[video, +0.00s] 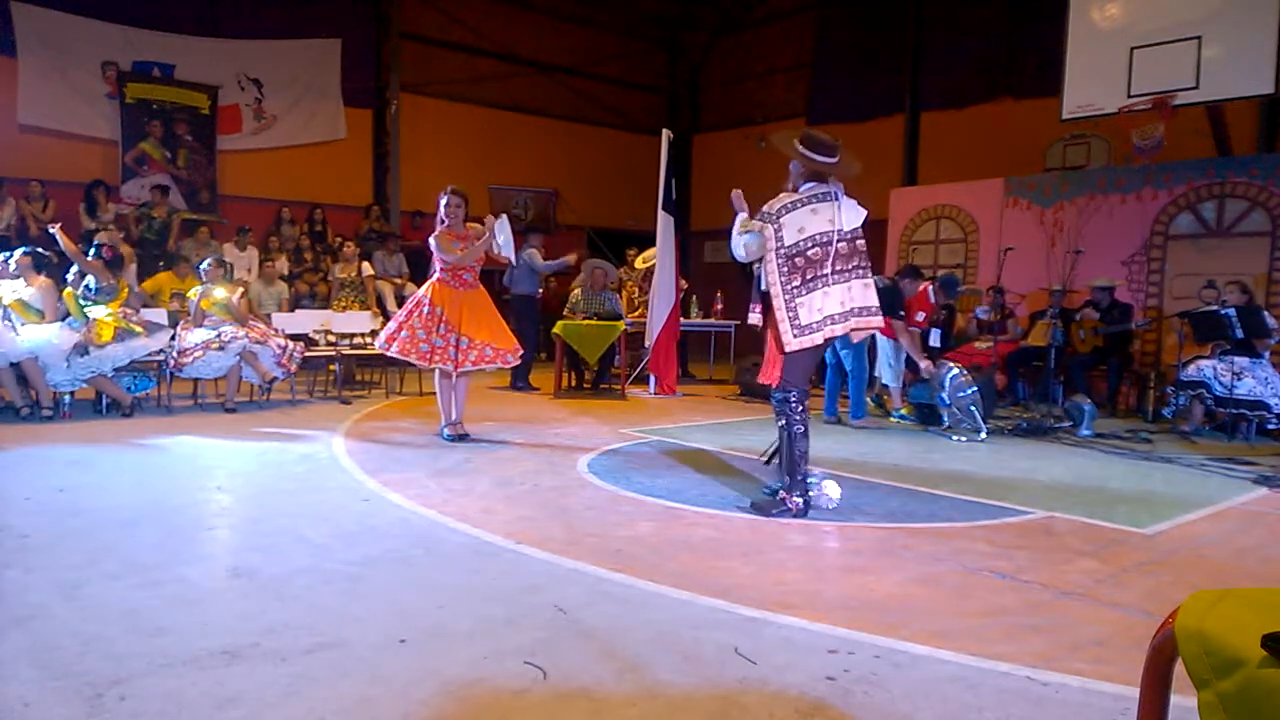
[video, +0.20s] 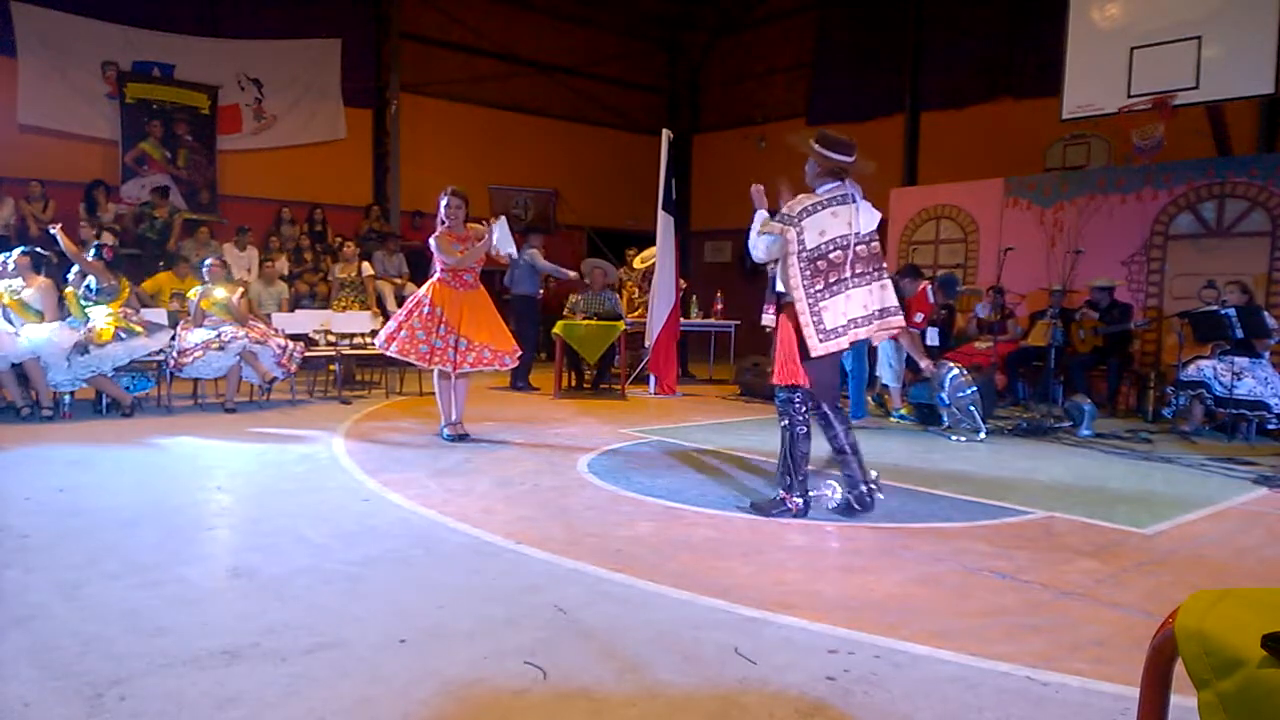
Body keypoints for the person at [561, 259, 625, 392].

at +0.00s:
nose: (600, 278)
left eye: (602, 275)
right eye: (598, 274)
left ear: (606, 278)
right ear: (591, 277)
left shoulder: (612, 296)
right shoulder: (577, 293)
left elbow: (620, 316)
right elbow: (565, 313)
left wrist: (599, 317)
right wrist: (576, 317)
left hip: (603, 332)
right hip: (581, 331)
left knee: (610, 349)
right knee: (570, 346)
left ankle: (597, 380)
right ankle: (579, 378)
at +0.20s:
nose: (596, 278)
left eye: (600, 275)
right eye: (594, 274)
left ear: (605, 279)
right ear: (589, 277)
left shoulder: (612, 296)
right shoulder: (576, 296)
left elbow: (619, 316)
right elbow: (565, 314)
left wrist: (597, 316)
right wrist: (576, 317)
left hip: (603, 333)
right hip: (581, 332)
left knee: (610, 350)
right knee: (570, 346)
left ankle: (597, 380)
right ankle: (579, 378)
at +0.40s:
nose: (595, 277)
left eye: (598, 275)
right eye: (593, 274)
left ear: (604, 278)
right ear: (589, 277)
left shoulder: (613, 296)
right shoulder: (578, 293)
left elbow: (620, 317)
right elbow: (565, 312)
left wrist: (599, 317)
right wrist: (576, 317)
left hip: (603, 333)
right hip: (581, 332)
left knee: (610, 349)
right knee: (570, 345)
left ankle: (597, 380)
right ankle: (578, 378)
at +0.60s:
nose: (594, 276)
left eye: (598, 273)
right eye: (594, 272)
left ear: (604, 277)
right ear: (589, 275)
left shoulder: (613, 295)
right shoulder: (579, 293)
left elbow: (620, 315)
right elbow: (565, 311)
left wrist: (600, 317)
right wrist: (577, 318)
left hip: (603, 332)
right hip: (582, 331)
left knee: (610, 349)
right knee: (570, 345)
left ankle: (597, 380)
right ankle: (579, 378)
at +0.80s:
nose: (596, 276)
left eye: (598, 272)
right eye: (595, 272)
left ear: (605, 276)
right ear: (590, 275)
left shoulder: (613, 295)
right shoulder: (578, 293)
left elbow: (619, 312)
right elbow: (564, 311)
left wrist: (598, 315)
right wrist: (577, 318)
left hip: (603, 332)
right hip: (581, 331)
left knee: (610, 349)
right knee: (570, 345)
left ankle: (597, 380)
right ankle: (578, 377)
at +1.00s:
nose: (590, 276)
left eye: (594, 273)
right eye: (591, 273)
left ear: (602, 277)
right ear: (588, 275)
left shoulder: (613, 295)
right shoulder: (579, 293)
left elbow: (619, 312)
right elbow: (563, 309)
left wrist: (598, 314)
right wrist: (575, 318)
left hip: (603, 333)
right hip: (581, 331)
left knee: (610, 349)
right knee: (569, 345)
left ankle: (597, 380)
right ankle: (578, 377)